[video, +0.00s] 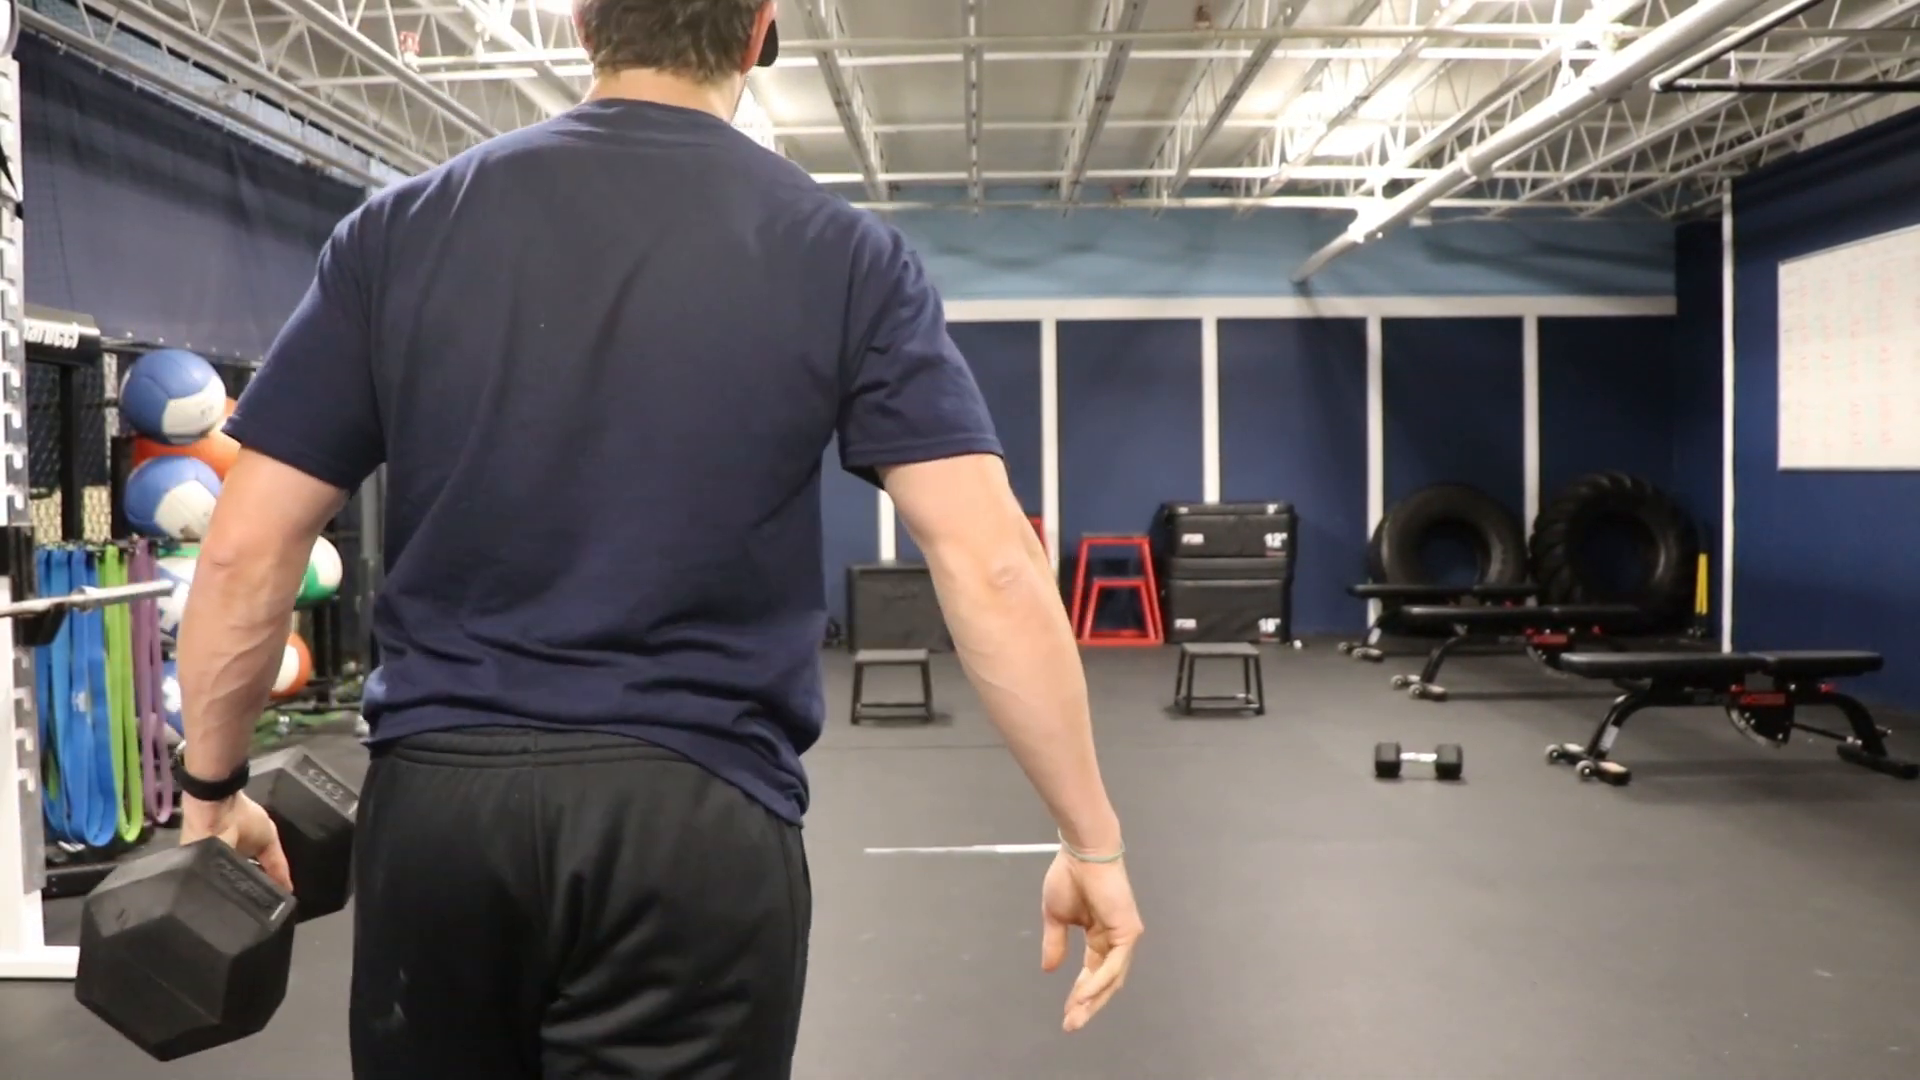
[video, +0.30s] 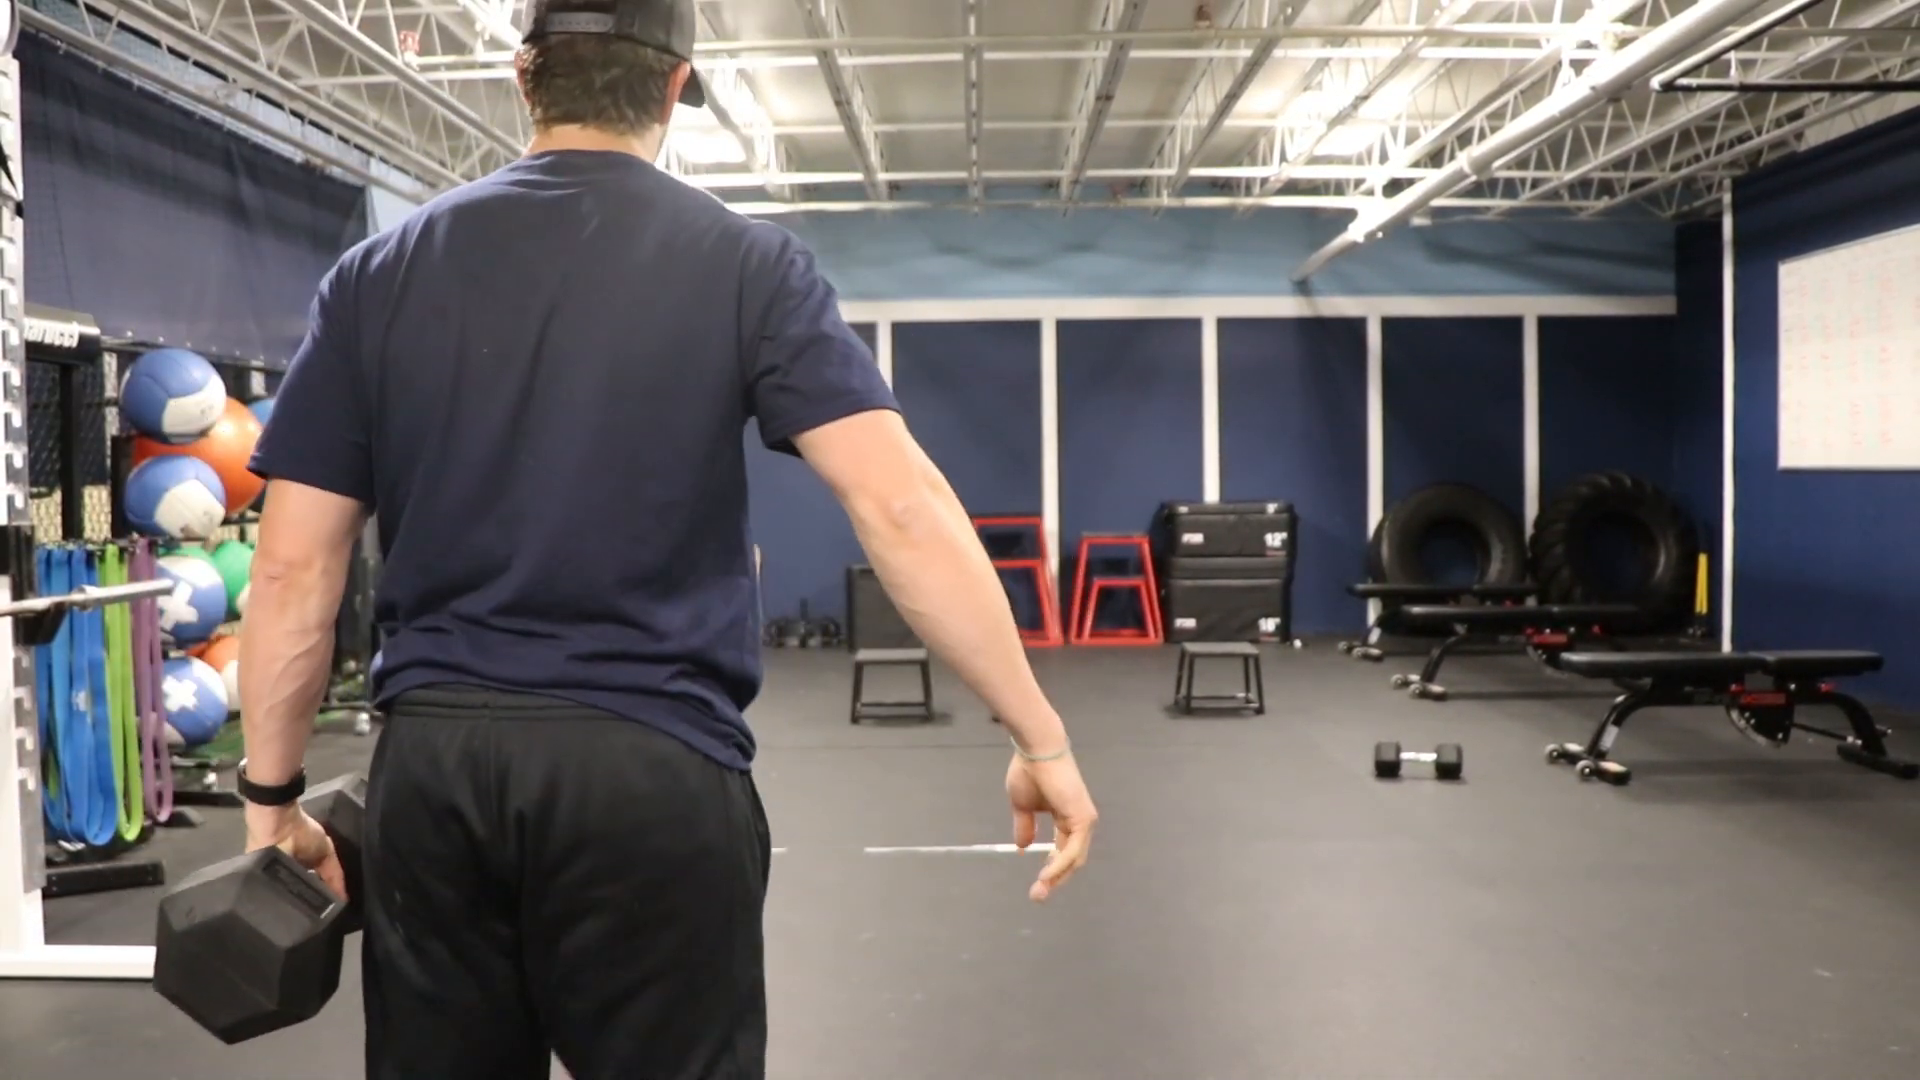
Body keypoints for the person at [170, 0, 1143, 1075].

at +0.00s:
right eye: (768, 22)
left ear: (584, 31)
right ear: (760, 33)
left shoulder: (402, 227)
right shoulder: (842, 252)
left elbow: (248, 545)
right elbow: (989, 558)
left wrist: (211, 783)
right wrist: (1092, 837)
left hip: (438, 813)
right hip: (700, 821)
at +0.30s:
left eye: (519, 65)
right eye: (681, 87)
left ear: (523, 83)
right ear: (674, 94)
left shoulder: (380, 273)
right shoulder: (745, 262)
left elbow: (294, 562)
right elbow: (900, 504)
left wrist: (269, 795)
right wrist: (1040, 734)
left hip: (429, 771)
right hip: (654, 776)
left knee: (437, 1059)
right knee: (673, 1057)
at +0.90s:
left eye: (636, 154)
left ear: (634, 170)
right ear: (762, 179)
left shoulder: (530, 317)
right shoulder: (802, 324)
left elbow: (464, 538)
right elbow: (926, 505)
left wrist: (419, 719)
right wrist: (1057, 684)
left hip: (556, 702)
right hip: (727, 709)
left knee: (526, 1027)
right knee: (712, 1024)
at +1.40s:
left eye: (673, 213)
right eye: (765, 215)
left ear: (667, 225)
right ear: (769, 224)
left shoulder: (591, 349)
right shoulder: (814, 346)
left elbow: (544, 533)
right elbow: (941, 488)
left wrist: (516, 682)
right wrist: (1025, 603)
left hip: (624, 659)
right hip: (753, 664)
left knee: (645, 925)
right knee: (737, 927)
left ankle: (666, 1074)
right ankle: (713, 1076)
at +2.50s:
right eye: (784, 253)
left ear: (705, 259)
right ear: (786, 263)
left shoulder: (641, 354)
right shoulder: (820, 362)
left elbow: (599, 497)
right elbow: (912, 475)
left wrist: (568, 611)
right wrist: (994, 569)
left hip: (652, 606)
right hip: (759, 612)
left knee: (646, 810)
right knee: (738, 823)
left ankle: (639, 1009)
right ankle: (707, 1044)